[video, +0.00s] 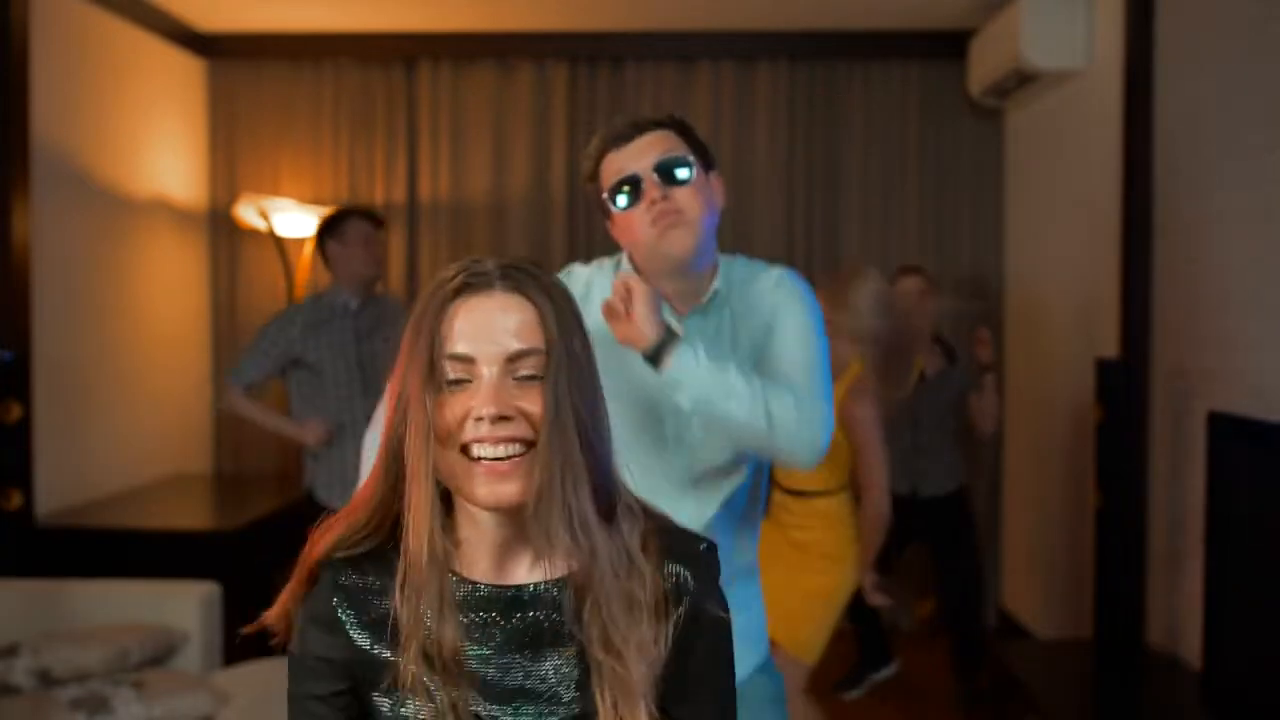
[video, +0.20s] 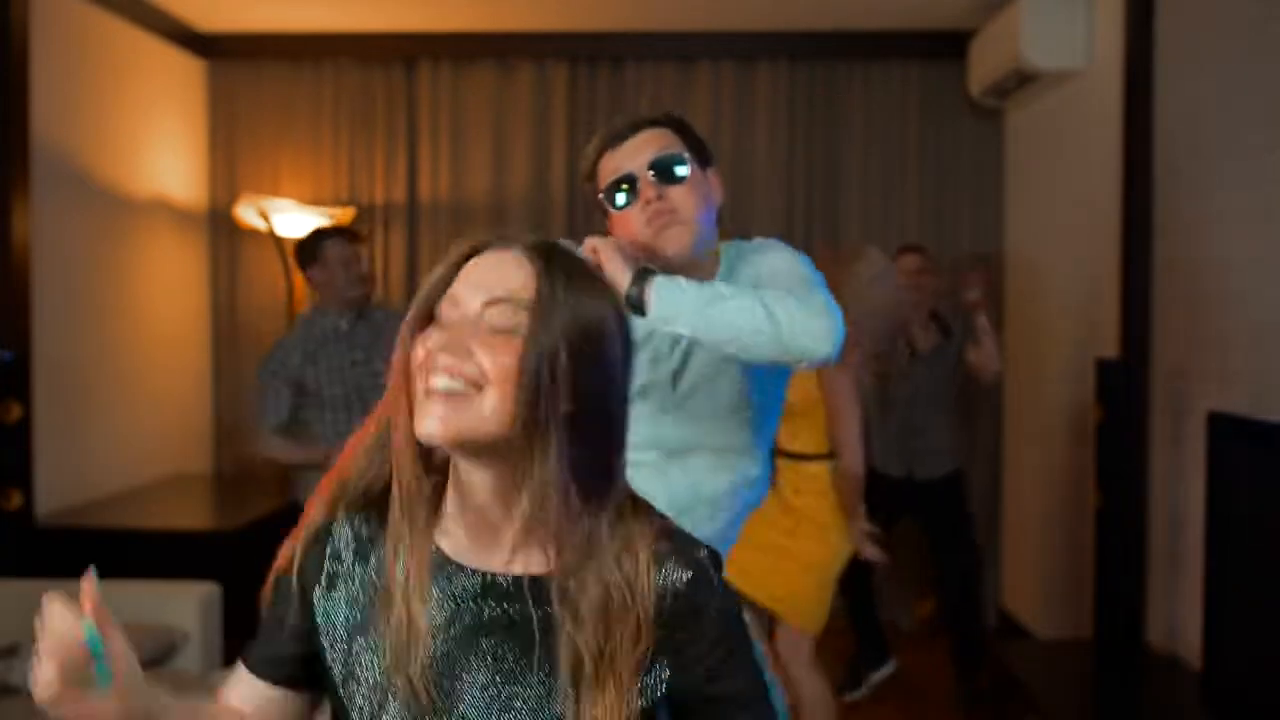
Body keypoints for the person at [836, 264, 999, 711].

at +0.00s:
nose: (910, 308)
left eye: (919, 298)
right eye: (901, 299)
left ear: (934, 305)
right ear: (890, 307)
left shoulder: (953, 360)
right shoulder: (881, 360)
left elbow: (984, 424)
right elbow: (865, 425)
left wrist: (985, 368)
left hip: (945, 498)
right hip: (891, 497)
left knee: (961, 594)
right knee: (865, 575)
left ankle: (971, 682)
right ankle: (874, 657)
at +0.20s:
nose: (913, 284)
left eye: (921, 274)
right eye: (904, 276)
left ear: (936, 280)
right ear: (890, 284)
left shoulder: (951, 330)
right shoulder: (880, 336)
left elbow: (987, 369)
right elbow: (855, 390)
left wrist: (977, 310)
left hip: (940, 474)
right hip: (884, 473)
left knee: (959, 579)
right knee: (859, 568)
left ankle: (971, 678)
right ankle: (872, 655)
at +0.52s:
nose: (890, 261)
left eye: (896, 252)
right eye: (880, 253)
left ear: (909, 260)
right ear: (867, 262)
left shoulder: (924, 304)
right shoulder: (858, 311)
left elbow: (981, 286)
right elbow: (845, 386)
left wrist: (951, 230)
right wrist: (872, 442)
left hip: (927, 449)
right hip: (873, 452)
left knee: (946, 560)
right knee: (850, 558)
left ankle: (968, 665)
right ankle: (850, 653)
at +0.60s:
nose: (886, 265)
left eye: (892, 255)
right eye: (876, 257)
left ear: (905, 263)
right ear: (863, 267)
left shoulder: (923, 306)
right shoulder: (852, 316)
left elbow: (982, 280)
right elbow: (840, 395)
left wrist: (943, 230)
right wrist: (877, 444)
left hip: (927, 451)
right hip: (869, 454)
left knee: (945, 560)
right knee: (854, 554)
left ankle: (967, 665)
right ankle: (851, 654)